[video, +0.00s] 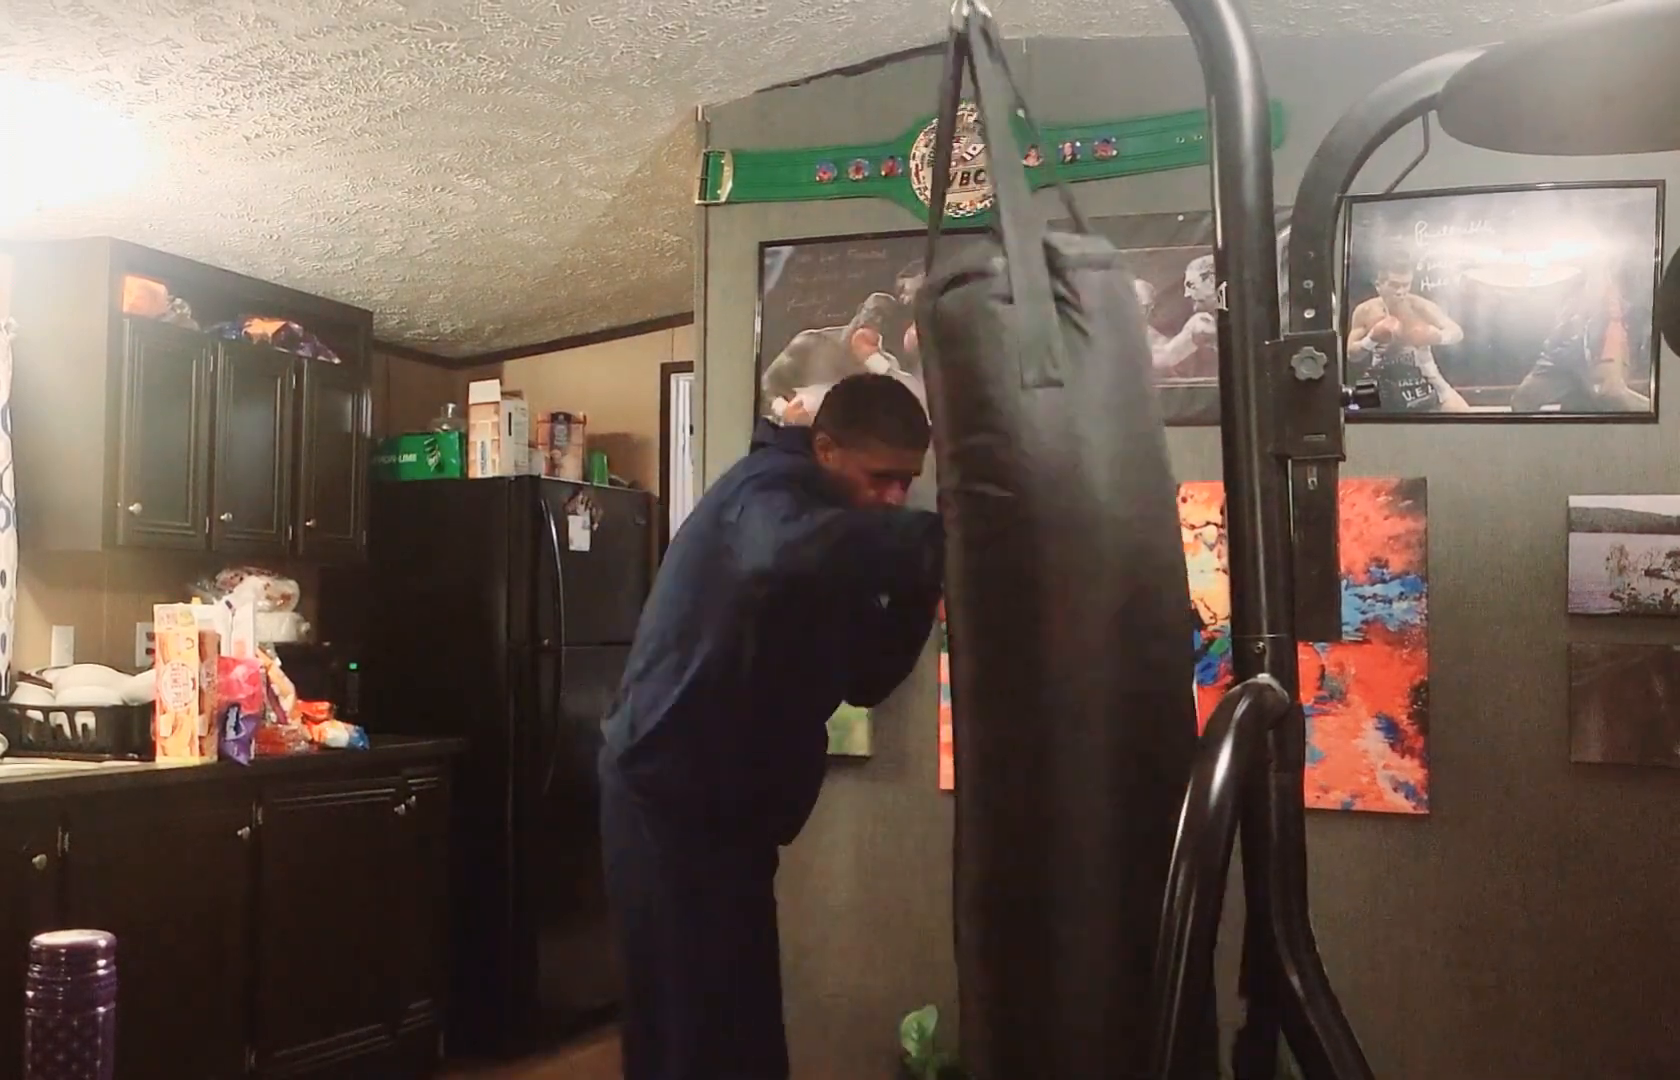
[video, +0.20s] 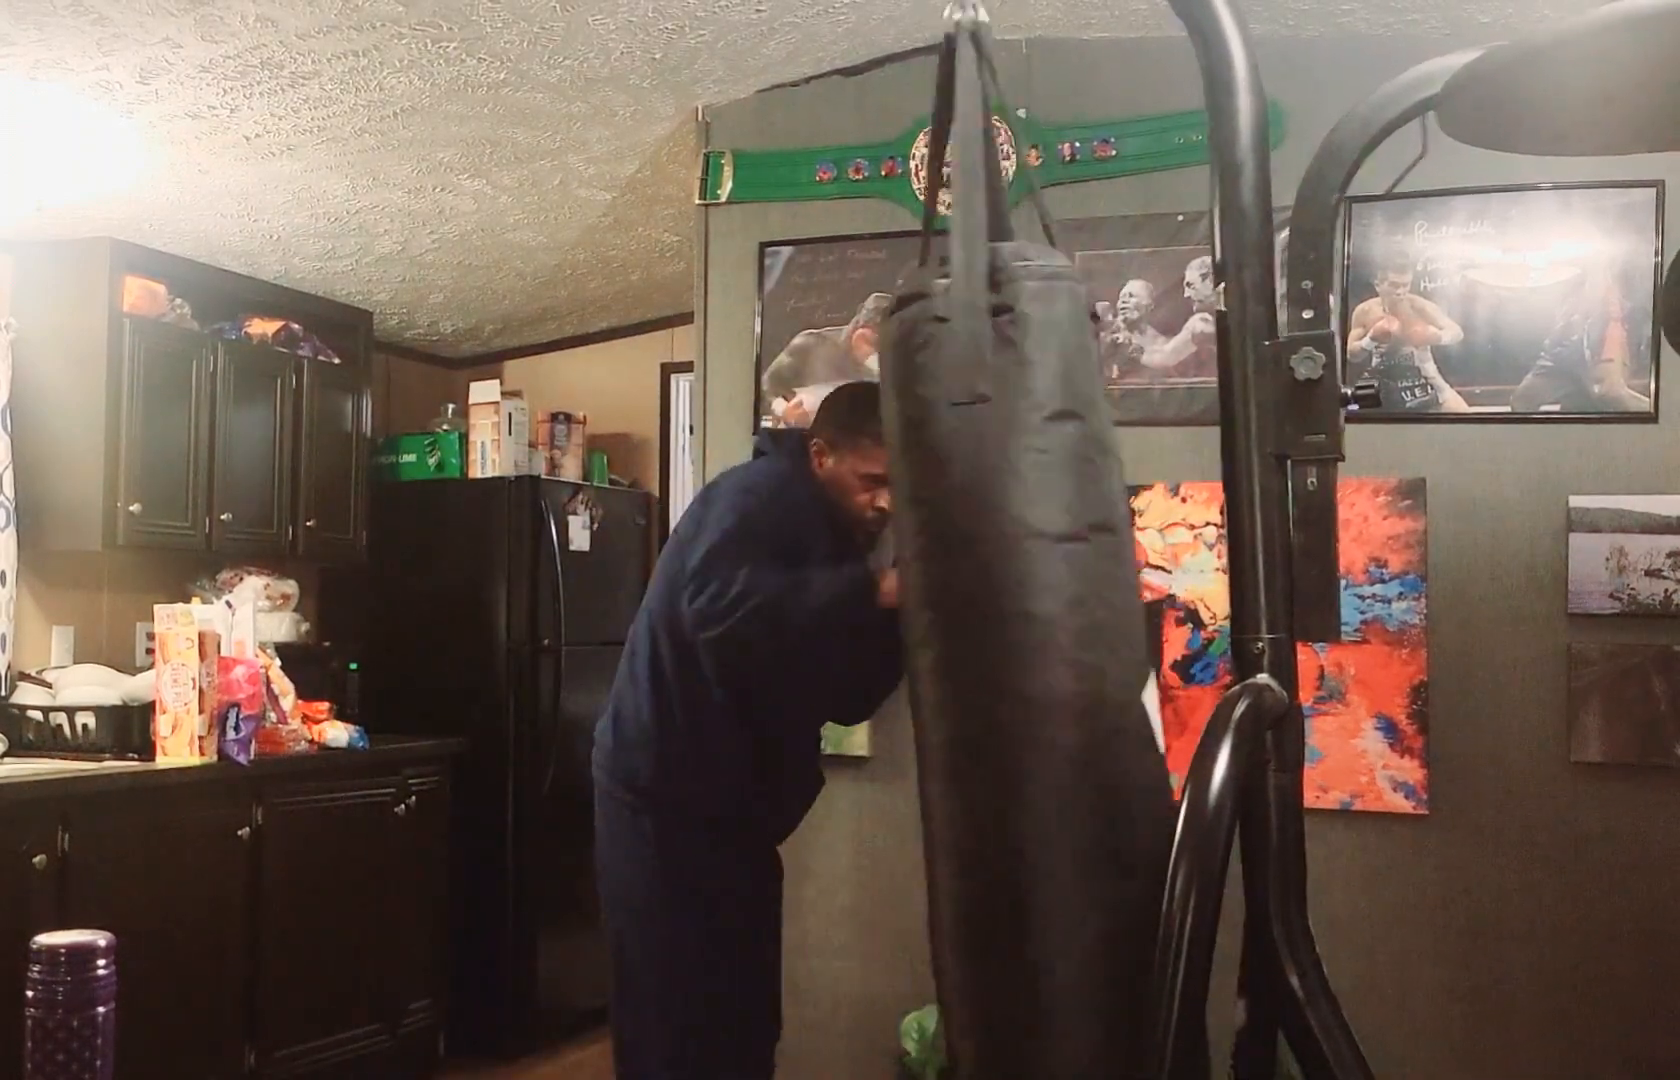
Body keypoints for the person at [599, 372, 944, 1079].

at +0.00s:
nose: (896, 498)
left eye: (906, 483)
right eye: (881, 479)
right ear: (827, 449)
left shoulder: (830, 535)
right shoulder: (775, 481)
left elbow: (866, 679)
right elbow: (776, 550)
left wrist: (927, 580)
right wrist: (936, 535)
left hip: (728, 813)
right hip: (670, 808)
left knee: (743, 1039)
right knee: (704, 1040)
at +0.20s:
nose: (885, 503)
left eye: (894, 486)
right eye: (872, 482)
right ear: (821, 456)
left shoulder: (835, 530)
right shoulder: (764, 493)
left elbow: (845, 694)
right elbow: (717, 614)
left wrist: (903, 606)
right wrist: (875, 590)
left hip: (732, 805)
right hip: (663, 799)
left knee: (741, 1029)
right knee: (685, 1032)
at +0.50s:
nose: (873, 490)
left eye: (877, 475)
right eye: (864, 473)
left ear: (825, 467)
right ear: (823, 464)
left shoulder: (829, 533)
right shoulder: (746, 499)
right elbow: (641, 581)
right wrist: (782, 594)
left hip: (739, 798)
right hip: (667, 793)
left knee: (759, 1027)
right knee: (710, 1034)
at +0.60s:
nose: (854, 412)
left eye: (847, 396)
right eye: (841, 395)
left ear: (789, 407)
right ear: (798, 406)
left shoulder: (766, 488)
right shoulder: (782, 492)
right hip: (677, 801)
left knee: (683, 1025)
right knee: (707, 1034)